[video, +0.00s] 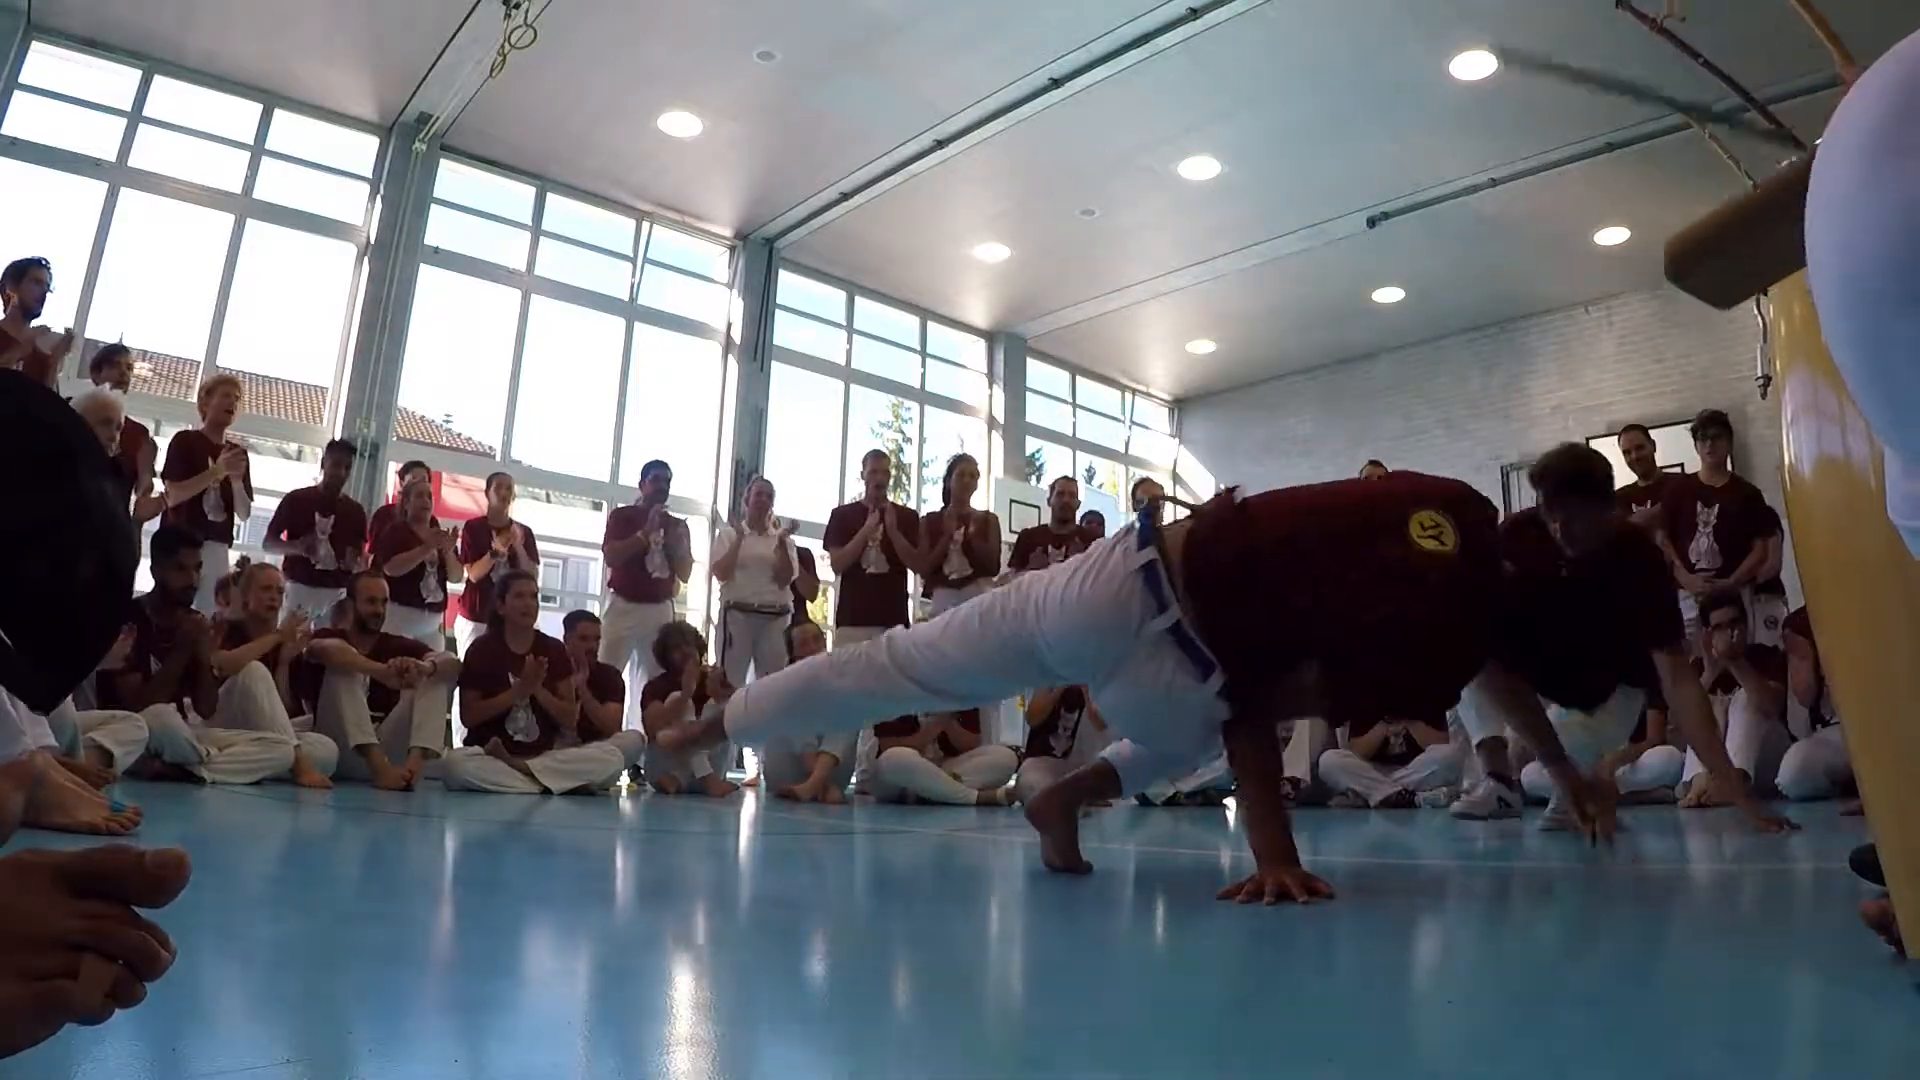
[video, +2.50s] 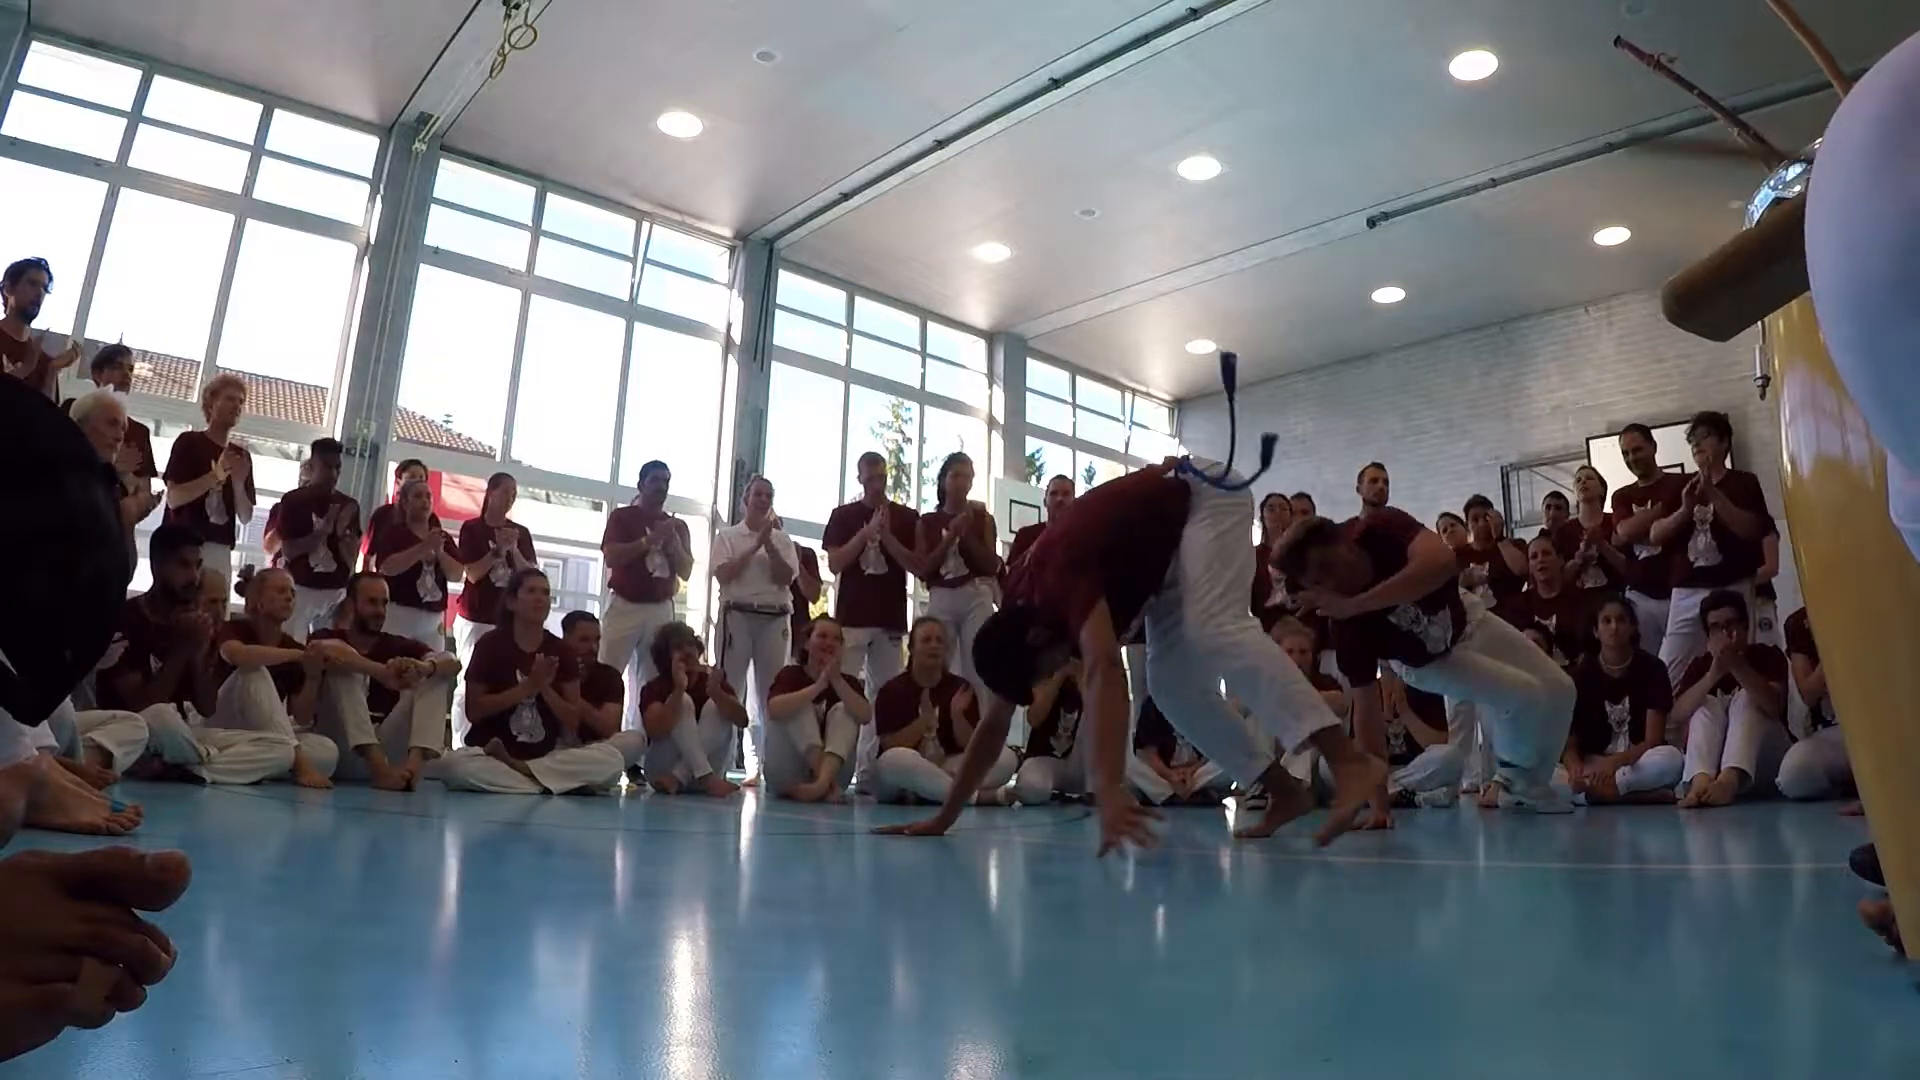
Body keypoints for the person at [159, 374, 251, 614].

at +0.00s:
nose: (232, 403)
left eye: (236, 399)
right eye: (225, 396)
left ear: (239, 407)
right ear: (204, 403)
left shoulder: (236, 453)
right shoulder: (184, 440)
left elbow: (244, 513)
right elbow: (172, 496)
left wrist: (236, 478)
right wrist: (218, 471)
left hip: (217, 547)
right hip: (180, 544)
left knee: (210, 619)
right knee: (173, 614)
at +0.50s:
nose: (236, 404)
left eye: (238, 399)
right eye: (229, 397)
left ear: (239, 407)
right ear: (206, 402)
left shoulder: (238, 453)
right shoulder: (186, 439)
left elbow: (243, 514)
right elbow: (175, 495)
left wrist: (237, 481)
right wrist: (217, 474)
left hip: (218, 546)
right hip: (181, 543)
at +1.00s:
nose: (238, 407)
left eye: (242, 402)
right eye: (231, 399)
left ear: (245, 409)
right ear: (210, 403)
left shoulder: (241, 456)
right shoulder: (188, 441)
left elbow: (242, 517)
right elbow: (172, 499)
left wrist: (230, 494)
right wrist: (211, 485)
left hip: (217, 548)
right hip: (179, 544)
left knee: (205, 618)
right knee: (171, 612)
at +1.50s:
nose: (239, 408)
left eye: (243, 403)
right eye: (232, 400)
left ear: (246, 410)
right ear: (211, 406)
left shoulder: (243, 458)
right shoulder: (189, 442)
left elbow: (245, 519)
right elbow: (176, 500)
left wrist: (236, 491)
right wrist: (217, 483)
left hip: (218, 550)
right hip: (180, 545)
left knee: (208, 621)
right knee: (171, 615)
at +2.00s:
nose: (240, 408)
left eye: (243, 403)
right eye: (233, 401)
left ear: (245, 410)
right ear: (212, 403)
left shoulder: (242, 457)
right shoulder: (189, 443)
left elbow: (246, 517)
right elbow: (178, 501)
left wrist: (230, 490)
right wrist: (221, 479)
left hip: (219, 549)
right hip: (182, 545)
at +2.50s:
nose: (237, 406)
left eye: (241, 401)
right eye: (230, 399)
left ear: (243, 408)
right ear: (210, 402)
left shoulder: (241, 456)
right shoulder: (188, 441)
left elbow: (245, 516)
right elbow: (174, 499)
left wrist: (239, 482)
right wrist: (213, 478)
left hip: (219, 549)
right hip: (183, 545)